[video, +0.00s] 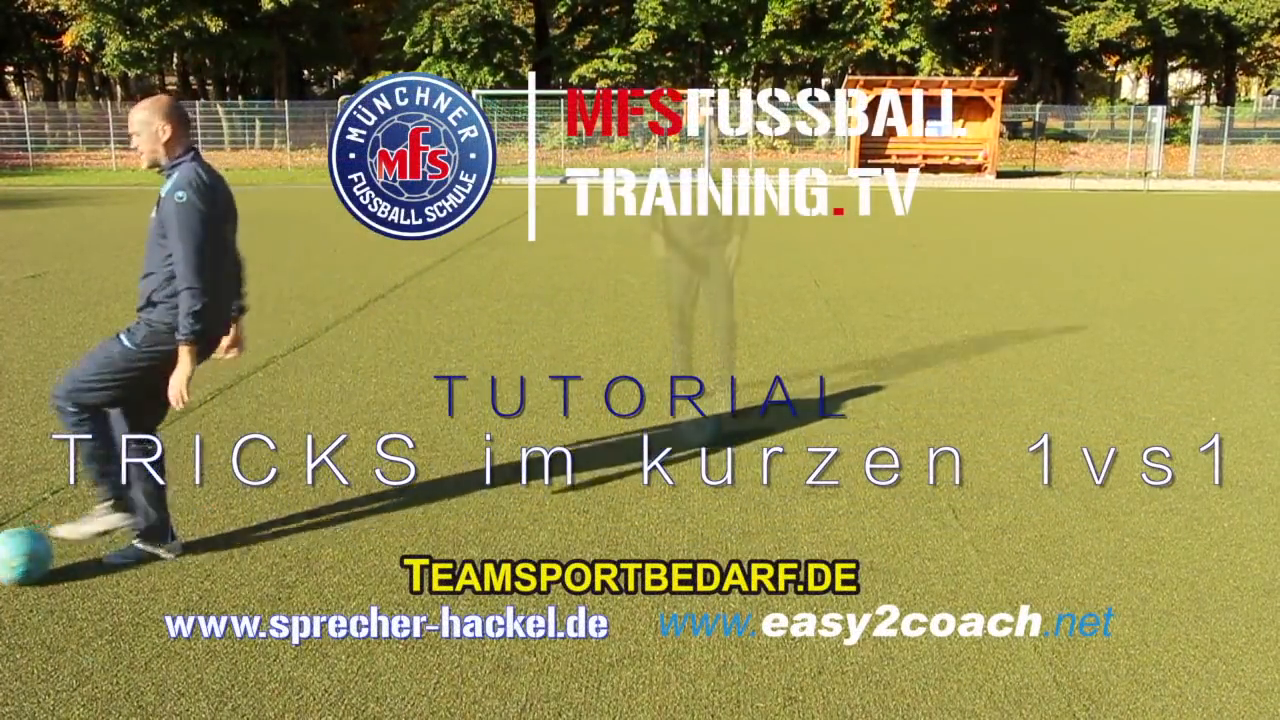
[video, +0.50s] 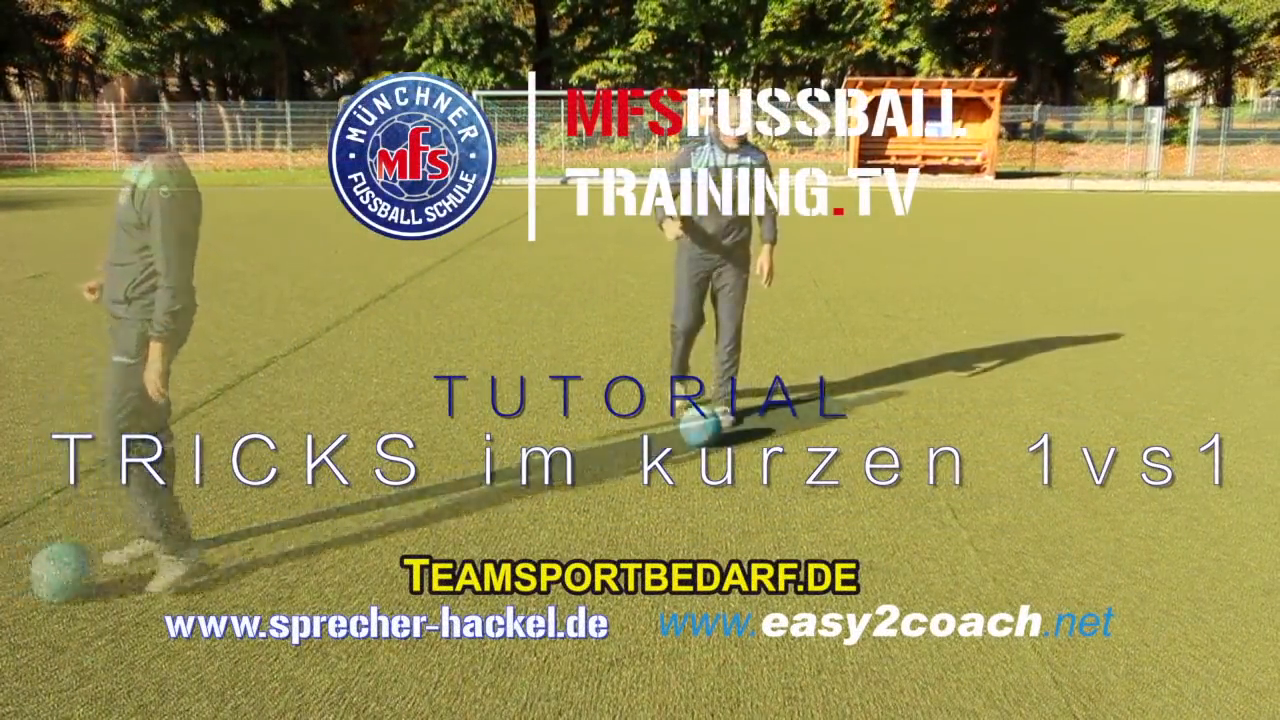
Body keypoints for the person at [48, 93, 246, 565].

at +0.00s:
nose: (133, 146)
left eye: (137, 136)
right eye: (131, 137)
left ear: (166, 131)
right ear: (172, 132)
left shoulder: (183, 187)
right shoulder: (207, 179)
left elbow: (190, 280)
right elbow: (229, 255)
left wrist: (186, 358)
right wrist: (235, 317)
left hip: (163, 328)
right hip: (193, 327)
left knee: (72, 397)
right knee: (133, 422)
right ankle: (155, 534)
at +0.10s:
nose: (120, 139)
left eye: (124, 129)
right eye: (119, 130)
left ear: (154, 126)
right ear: (159, 127)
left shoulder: (169, 182)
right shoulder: (193, 176)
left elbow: (178, 270)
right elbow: (200, 263)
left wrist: (173, 345)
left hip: (148, 325)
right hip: (172, 324)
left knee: (59, 405)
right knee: (129, 420)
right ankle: (152, 535)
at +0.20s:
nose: (110, 130)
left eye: (115, 119)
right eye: (108, 121)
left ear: (147, 118)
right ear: (149, 119)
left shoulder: (160, 175)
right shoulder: (180, 167)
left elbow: (171, 266)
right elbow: (167, 253)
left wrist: (160, 342)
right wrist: (121, 279)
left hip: (143, 318)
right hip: (167, 313)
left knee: (56, 404)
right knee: (134, 417)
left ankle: (44, 521)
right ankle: (154, 534)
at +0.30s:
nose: (104, 127)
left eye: (108, 116)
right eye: (103, 117)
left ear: (141, 113)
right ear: (142, 115)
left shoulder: (157, 172)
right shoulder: (166, 164)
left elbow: (163, 272)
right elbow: (156, 251)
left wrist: (148, 345)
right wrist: (110, 258)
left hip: (137, 317)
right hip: (165, 312)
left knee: (62, 407)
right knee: (142, 421)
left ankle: (81, 531)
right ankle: (156, 534)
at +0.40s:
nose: (103, 125)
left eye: (109, 116)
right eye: (103, 115)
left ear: (137, 116)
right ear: (145, 115)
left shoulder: (156, 177)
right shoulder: (161, 167)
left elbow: (164, 274)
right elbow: (155, 252)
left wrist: (147, 347)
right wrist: (106, 261)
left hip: (140, 320)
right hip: (157, 314)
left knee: (85, 420)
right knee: (147, 425)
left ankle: (127, 540)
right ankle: (161, 537)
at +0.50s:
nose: (111, 122)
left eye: (118, 112)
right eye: (108, 112)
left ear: (142, 115)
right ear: (121, 115)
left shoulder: (166, 180)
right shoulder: (145, 173)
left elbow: (175, 277)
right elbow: (148, 255)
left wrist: (158, 349)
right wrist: (110, 281)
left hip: (146, 330)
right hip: (132, 324)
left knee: (128, 437)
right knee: (129, 432)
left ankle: (178, 552)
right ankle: (155, 536)